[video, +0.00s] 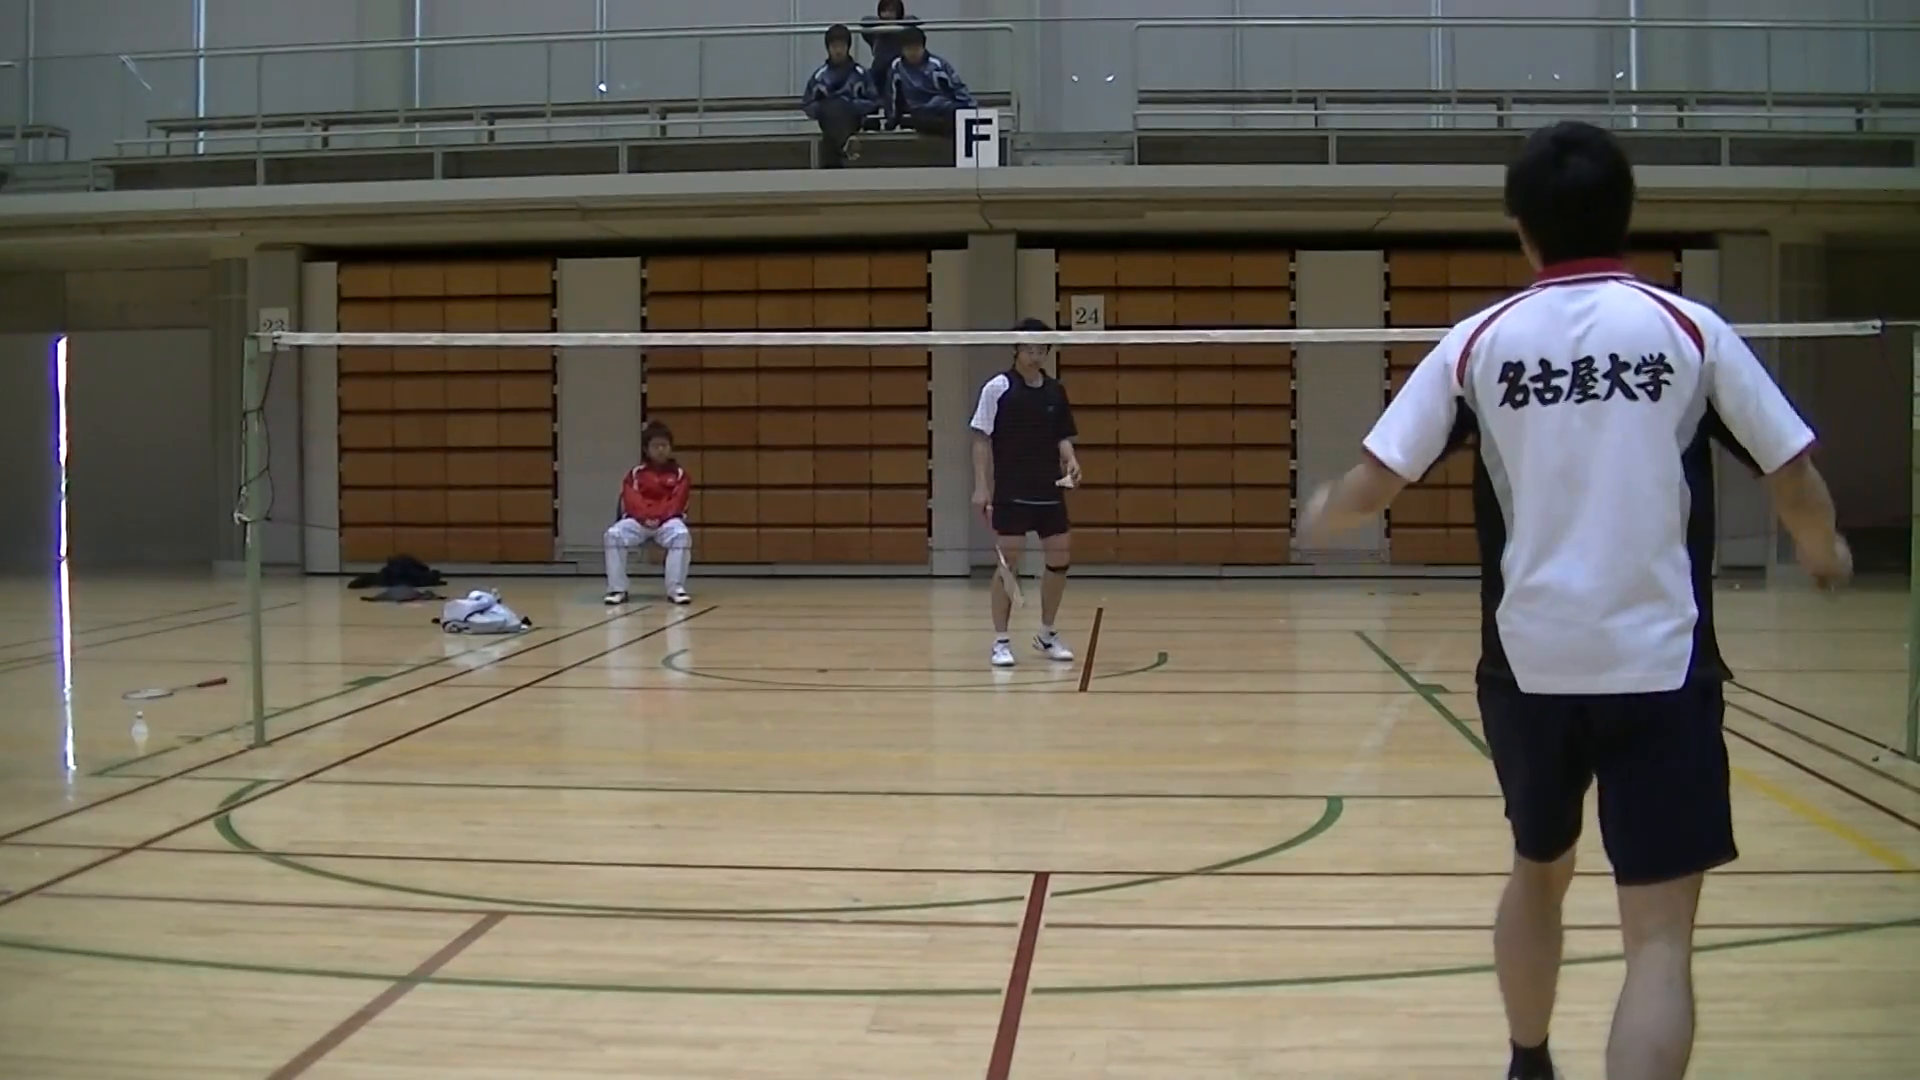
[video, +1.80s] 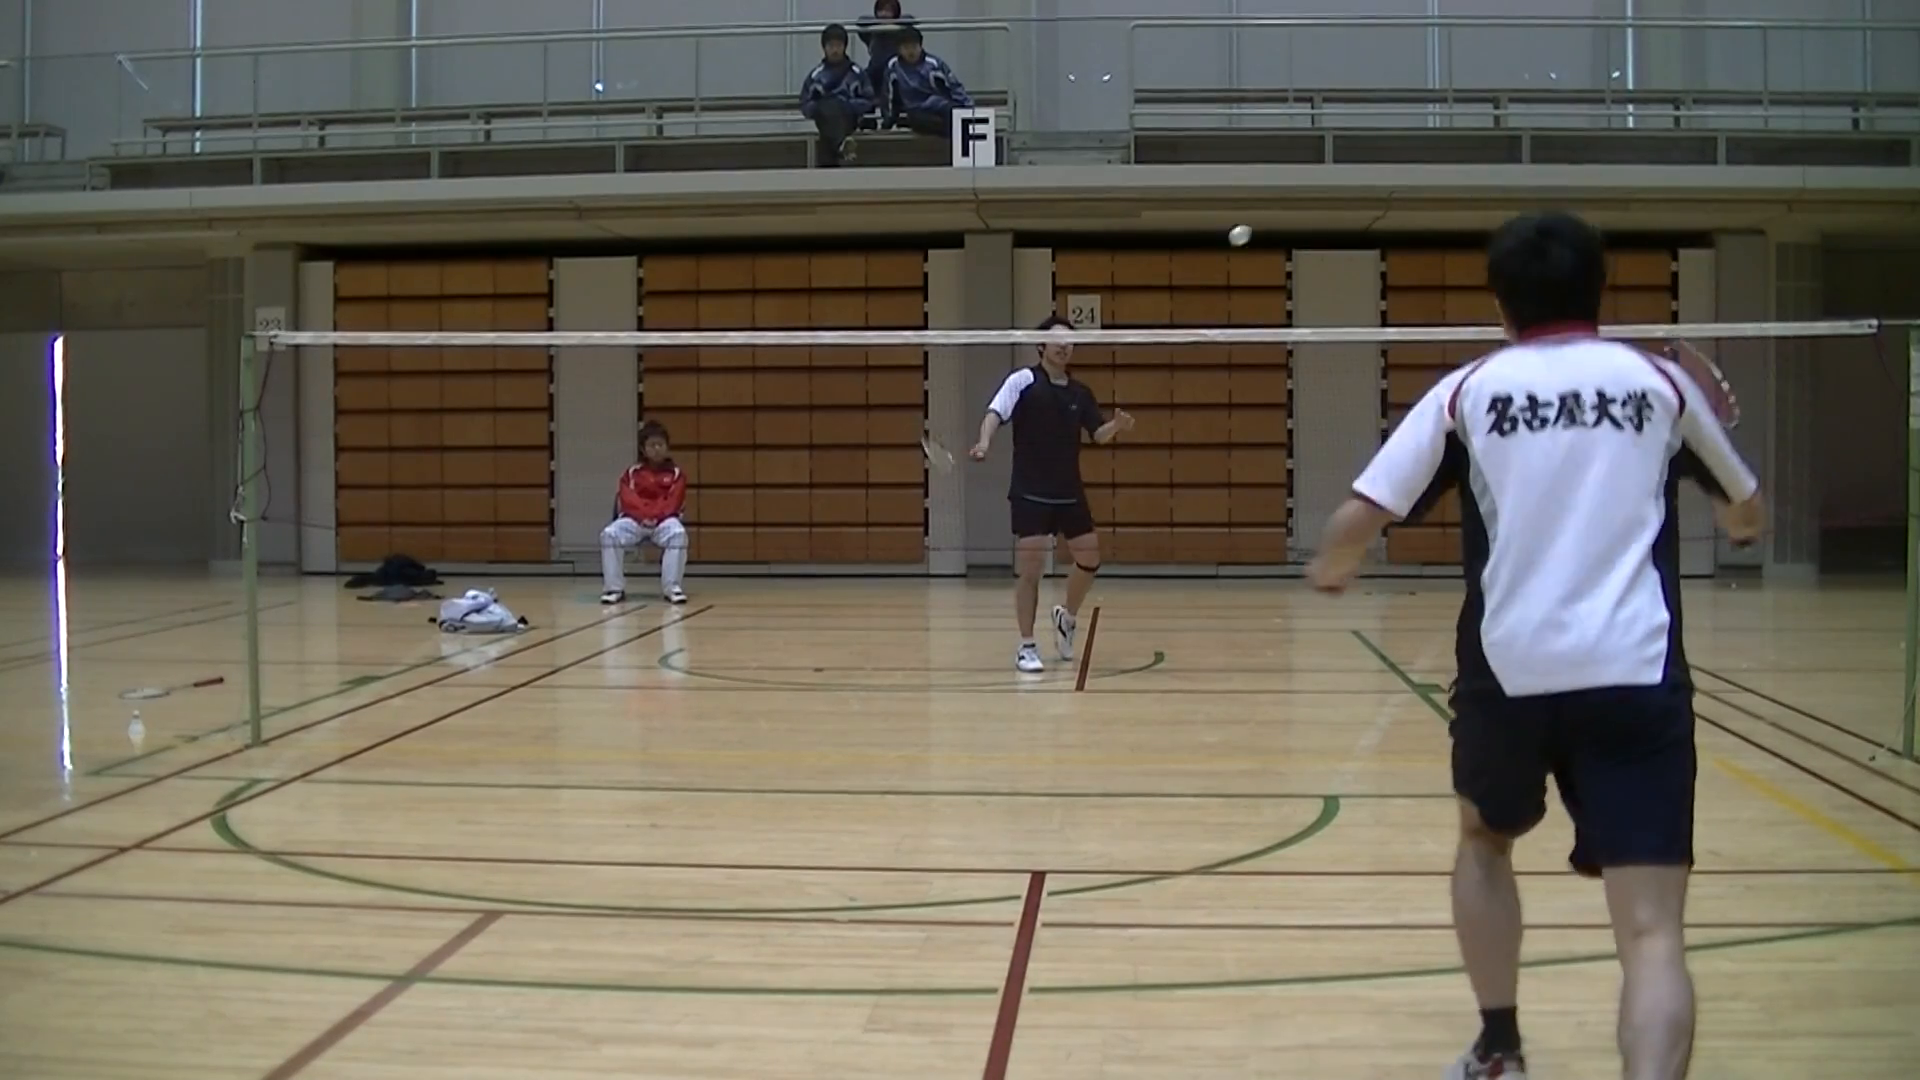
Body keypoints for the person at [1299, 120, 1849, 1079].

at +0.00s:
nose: (1526, 232)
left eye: (1521, 219)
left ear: (1522, 230)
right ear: (1626, 219)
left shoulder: (1477, 343)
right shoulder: (1692, 330)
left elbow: (1371, 484)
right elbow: (1792, 470)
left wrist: (1325, 515)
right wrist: (1820, 549)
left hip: (1529, 671)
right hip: (1661, 670)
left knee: (1536, 869)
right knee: (1658, 936)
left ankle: (1530, 1064)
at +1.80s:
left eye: (1501, 296)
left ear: (1502, 306)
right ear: (1598, 296)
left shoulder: (1464, 393)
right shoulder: (1660, 385)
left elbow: (1364, 510)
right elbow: (1745, 512)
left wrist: (1331, 567)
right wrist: (1733, 514)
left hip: (1507, 678)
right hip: (1637, 675)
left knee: (1485, 840)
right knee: (1651, 929)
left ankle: (1499, 1045)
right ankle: (1654, 1078)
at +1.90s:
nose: (1484, 324)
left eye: (1483, 311)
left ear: (1486, 321)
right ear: (1579, 315)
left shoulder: (1446, 403)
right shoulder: (1640, 405)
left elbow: (1317, 494)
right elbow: (1702, 526)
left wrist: (1245, 529)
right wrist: (1660, 515)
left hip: (1494, 688)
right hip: (1623, 685)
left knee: (1479, 869)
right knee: (1639, 915)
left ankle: (1519, 1058)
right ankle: (1658, 1071)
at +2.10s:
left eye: (1460, 316)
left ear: (1465, 323)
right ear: (1553, 323)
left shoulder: (1428, 383)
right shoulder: (1605, 411)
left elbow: (1287, 410)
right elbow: (1644, 539)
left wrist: (1164, 424)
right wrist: (1610, 533)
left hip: (1464, 659)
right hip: (1577, 662)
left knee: (1458, 870)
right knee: (1556, 817)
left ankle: (1514, 1044)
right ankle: (1586, 978)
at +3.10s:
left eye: (1464, 308)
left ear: (1467, 310)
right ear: (1533, 321)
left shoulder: (1454, 351)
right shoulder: (1569, 400)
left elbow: (1373, 410)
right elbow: (1591, 527)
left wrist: (1271, 464)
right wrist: (1570, 593)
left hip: (1466, 559)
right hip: (1543, 579)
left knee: (1435, 741)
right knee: (1473, 715)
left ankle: (1455, 921)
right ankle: (1498, 866)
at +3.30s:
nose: (1462, 362)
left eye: (1463, 351)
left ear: (1467, 354)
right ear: (1535, 360)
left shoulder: (1445, 401)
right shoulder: (1575, 437)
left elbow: (1404, 491)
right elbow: (1605, 562)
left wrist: (1335, 579)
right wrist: (1582, 659)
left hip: (1459, 598)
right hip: (1540, 612)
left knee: (1420, 781)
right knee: (1484, 740)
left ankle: (1449, 924)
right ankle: (1508, 890)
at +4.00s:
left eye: (1547, 327)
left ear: (1550, 330)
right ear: (1611, 330)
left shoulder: (1537, 386)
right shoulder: (1651, 399)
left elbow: (1489, 473)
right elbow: (1669, 502)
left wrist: (1441, 552)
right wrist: (1669, 581)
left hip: (1559, 577)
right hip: (1635, 582)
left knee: (1549, 724)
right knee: (1602, 707)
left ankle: (1555, 859)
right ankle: (1595, 774)